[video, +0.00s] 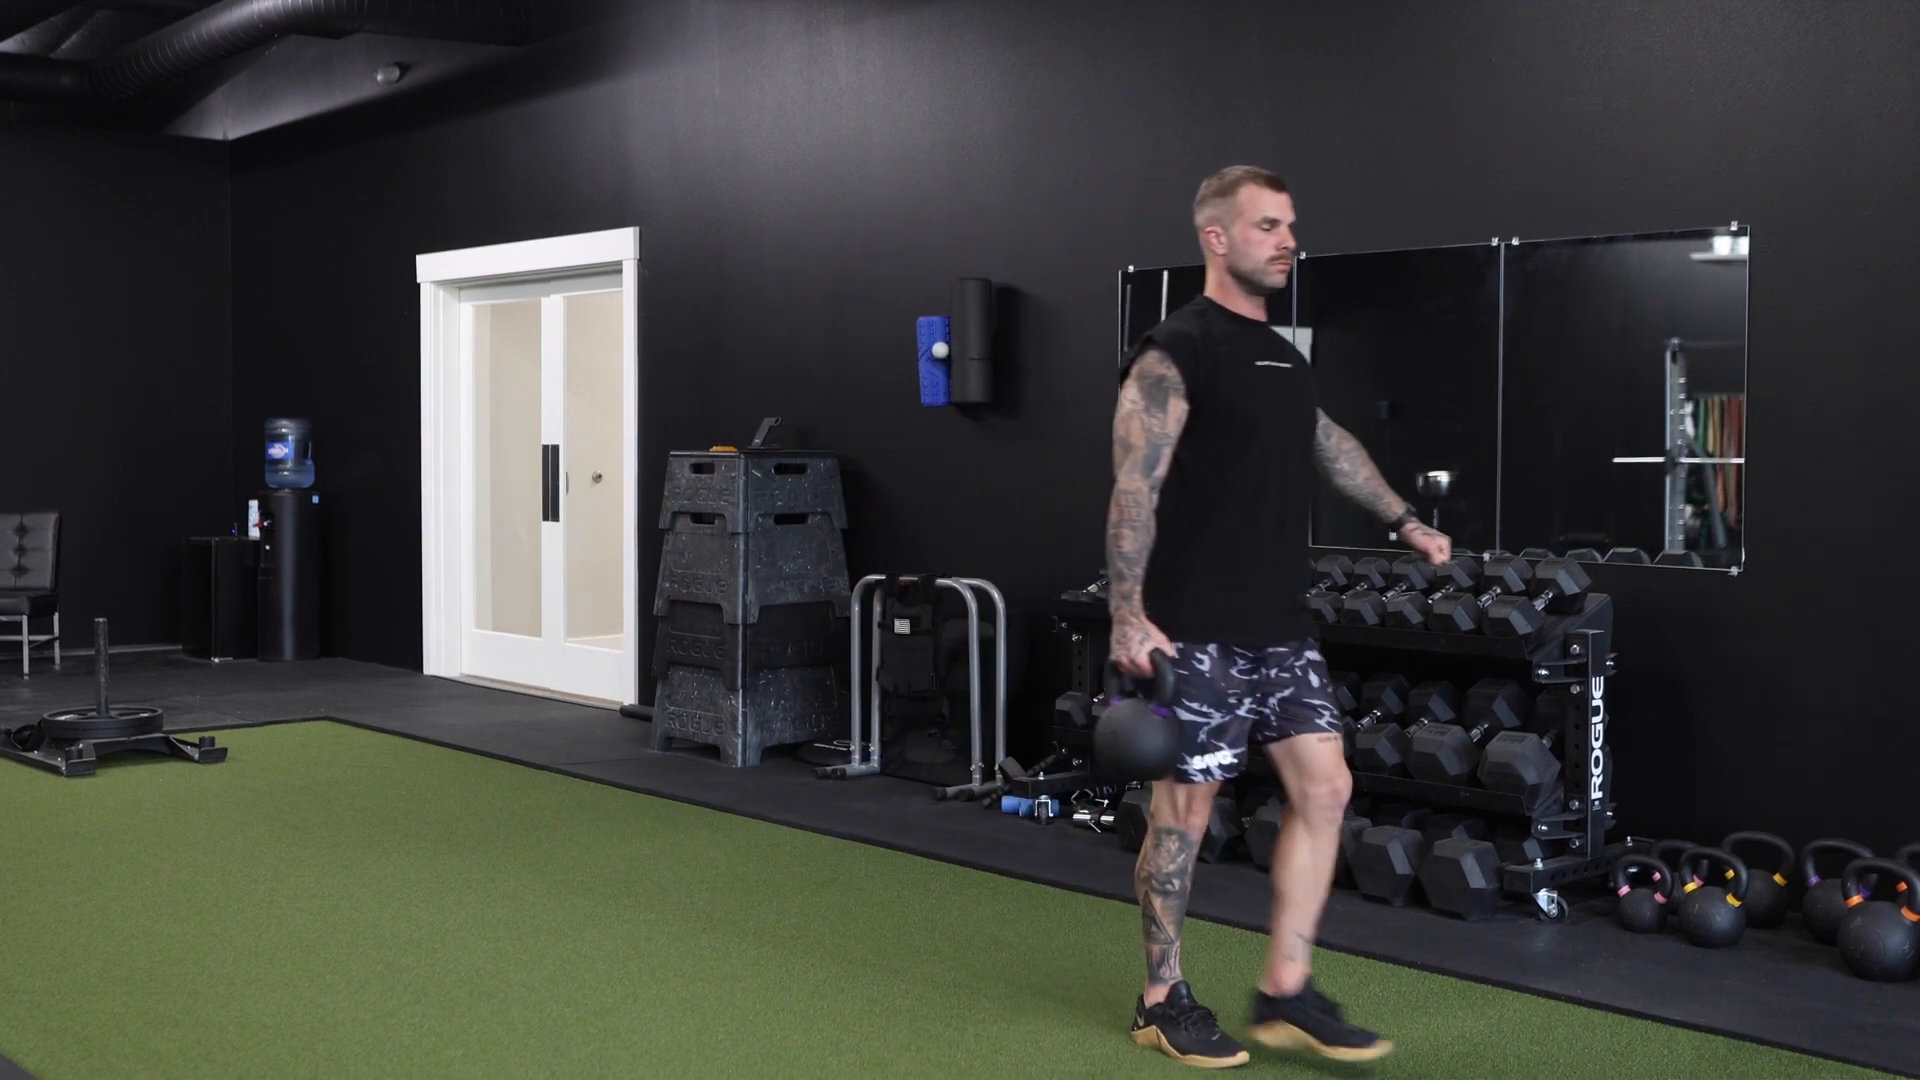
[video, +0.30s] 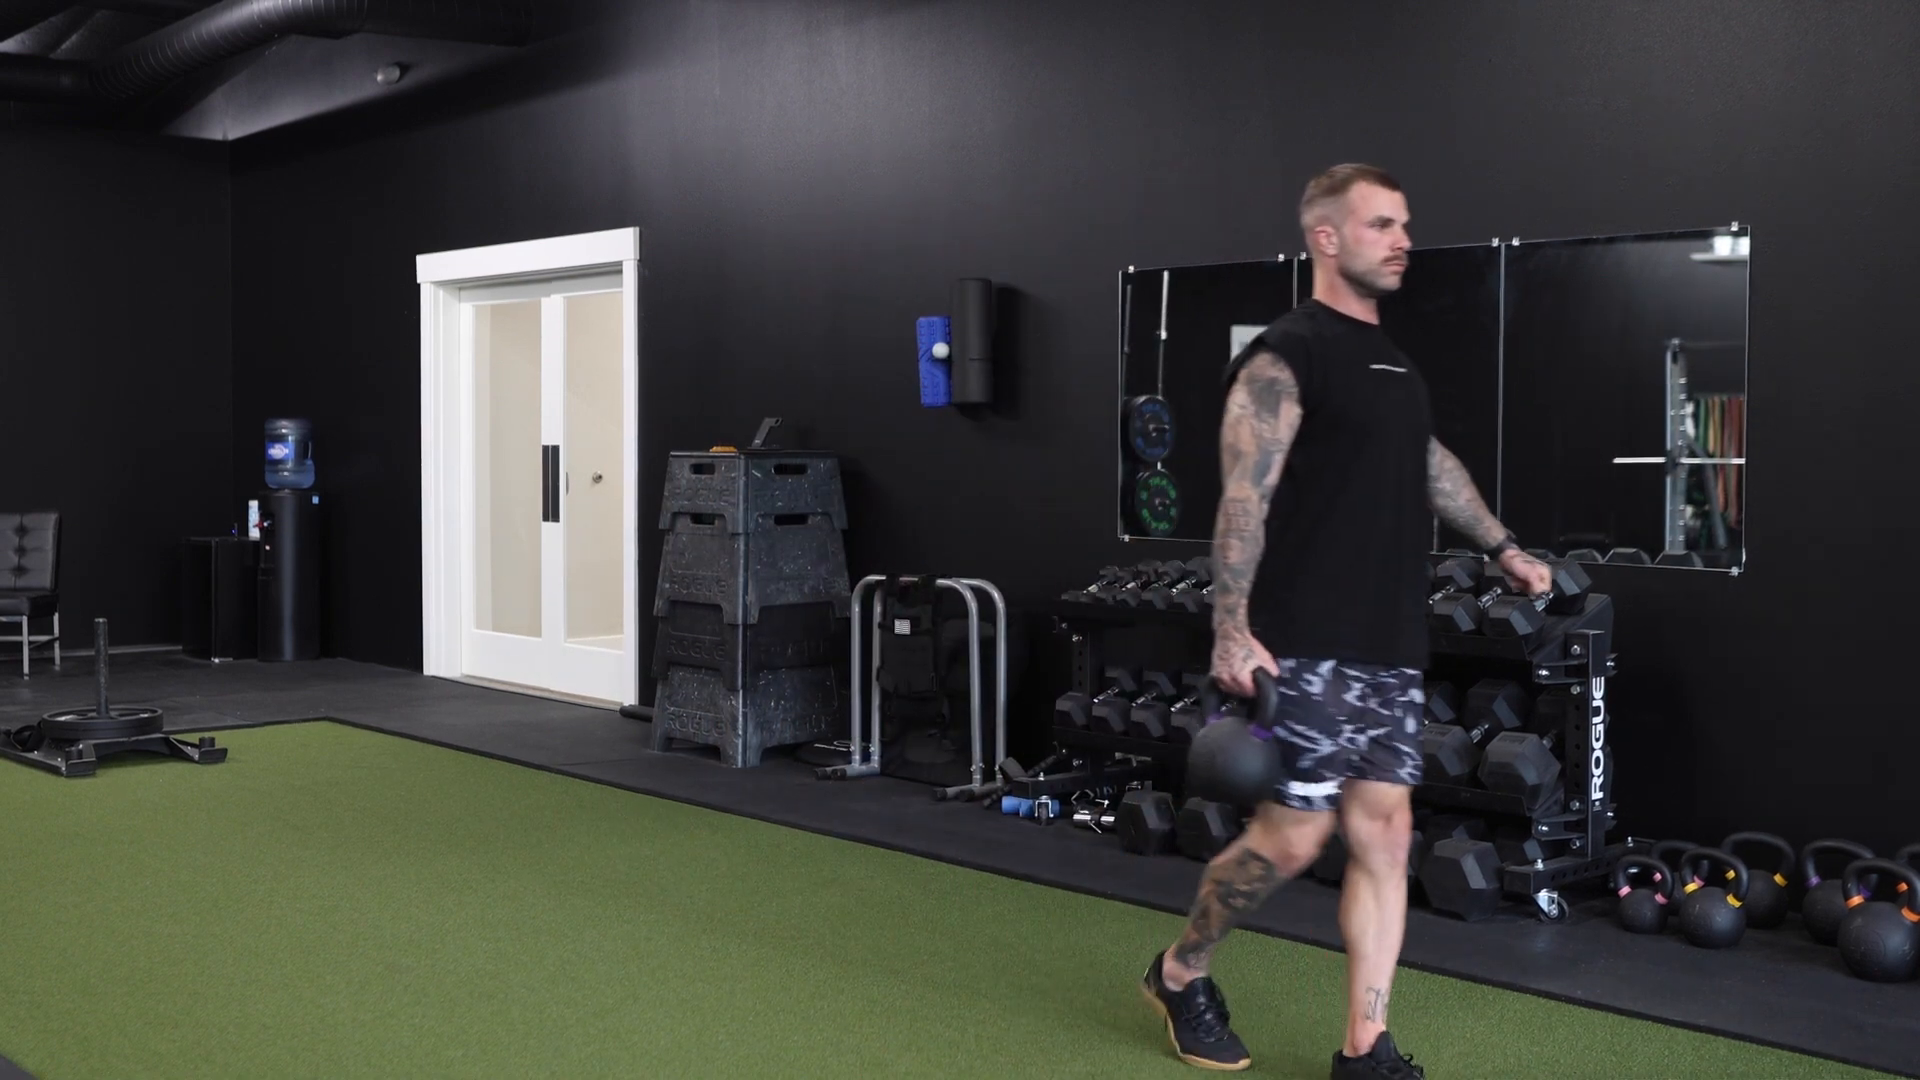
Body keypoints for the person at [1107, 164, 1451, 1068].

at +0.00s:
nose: (1287, 242)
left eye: (1290, 228)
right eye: (1267, 226)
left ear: (1283, 242)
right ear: (1213, 237)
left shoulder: (1283, 358)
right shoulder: (1172, 357)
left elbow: (1331, 445)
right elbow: (1134, 489)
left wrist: (1403, 517)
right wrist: (1126, 611)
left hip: (1282, 626)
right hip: (1196, 627)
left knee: (1323, 791)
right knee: (1183, 808)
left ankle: (1285, 992)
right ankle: (1162, 996)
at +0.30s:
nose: (1402, 242)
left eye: (1403, 227)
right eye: (1382, 226)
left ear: (1387, 240)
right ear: (1324, 238)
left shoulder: (1390, 360)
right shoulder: (1279, 360)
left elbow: (1429, 464)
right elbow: (1243, 494)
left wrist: (1503, 547)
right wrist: (1229, 622)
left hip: (1392, 644)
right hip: (1305, 643)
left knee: (1383, 832)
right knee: (1289, 838)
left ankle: (1364, 1042)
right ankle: (1179, 969)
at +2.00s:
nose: (1751, 192)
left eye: (1776, 167)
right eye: (1742, 172)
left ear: (1853, 164)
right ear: (1738, 178)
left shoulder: (1907, 312)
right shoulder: (1725, 327)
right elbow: (1694, 494)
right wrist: (1655, 644)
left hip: (1873, 693)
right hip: (1722, 681)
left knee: (1863, 951)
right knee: (1683, 918)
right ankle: (1729, 1073)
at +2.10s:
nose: (1725, 190)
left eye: (1750, 165)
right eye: (1720, 169)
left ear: (1833, 163)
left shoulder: (1906, 312)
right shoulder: (1719, 330)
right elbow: (1703, 505)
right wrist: (1668, 654)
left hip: (1860, 698)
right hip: (1715, 688)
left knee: (1856, 958)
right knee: (1669, 911)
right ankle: (1703, 1078)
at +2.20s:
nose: (1692, 192)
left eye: (1715, 167)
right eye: (1689, 169)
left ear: (1799, 165)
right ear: (1778, 170)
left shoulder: (1889, 320)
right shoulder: (1705, 328)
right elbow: (1699, 524)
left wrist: (1915, 389)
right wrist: (1682, 669)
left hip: (1844, 698)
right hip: (1708, 688)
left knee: (1847, 959)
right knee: (1674, 920)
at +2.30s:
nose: (1650, 194)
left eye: (1674, 169)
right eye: (1651, 171)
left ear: (1757, 169)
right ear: (1738, 176)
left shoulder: (1853, 332)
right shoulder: (1691, 330)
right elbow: (1708, 516)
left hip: (1822, 699)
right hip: (1695, 688)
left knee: (1837, 956)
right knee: (1677, 927)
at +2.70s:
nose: (1517, 197)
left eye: (1529, 174)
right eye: (1518, 175)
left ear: (1592, 174)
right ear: (1598, 176)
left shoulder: (1651, 308)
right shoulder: (1652, 297)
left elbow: (1630, 447)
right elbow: (1654, 469)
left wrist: (1546, 567)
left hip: (1672, 674)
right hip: (1701, 671)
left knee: (1546, 908)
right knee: (1677, 922)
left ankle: (1690, 1069)